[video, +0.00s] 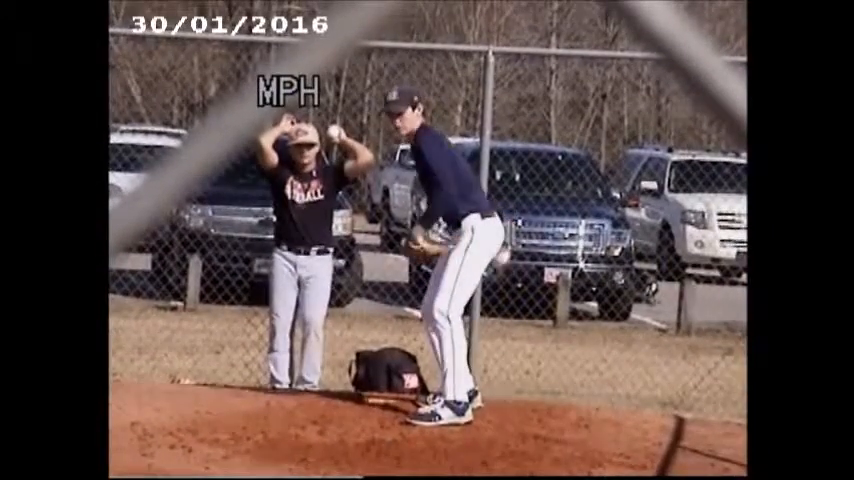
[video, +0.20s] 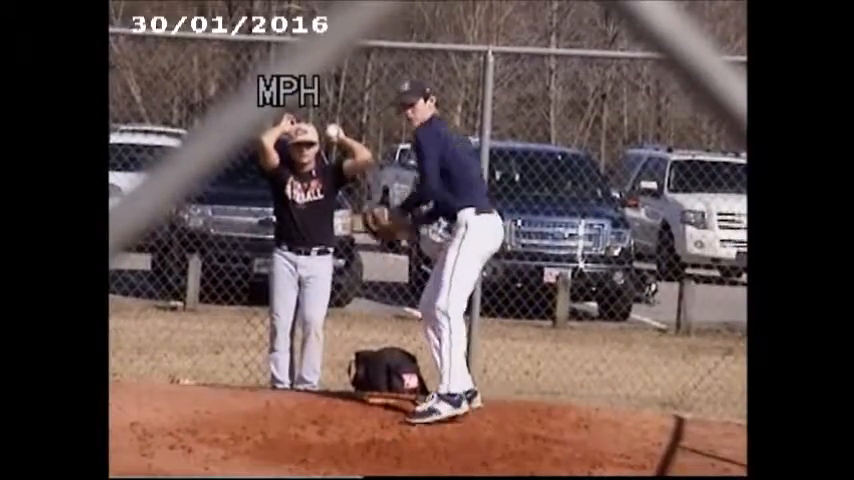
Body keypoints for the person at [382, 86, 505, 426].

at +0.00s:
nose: (395, 121)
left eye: (400, 114)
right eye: (392, 116)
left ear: (418, 110)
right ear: (392, 118)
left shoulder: (427, 140)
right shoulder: (420, 143)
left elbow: (446, 191)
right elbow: (445, 194)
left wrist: (422, 226)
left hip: (479, 226)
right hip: (464, 228)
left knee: (445, 311)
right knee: (431, 311)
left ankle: (457, 400)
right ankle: (461, 388)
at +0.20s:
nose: (407, 112)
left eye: (412, 105)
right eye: (404, 107)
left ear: (430, 103)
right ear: (407, 108)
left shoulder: (428, 133)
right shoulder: (440, 134)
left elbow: (429, 187)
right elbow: (447, 204)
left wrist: (399, 213)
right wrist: (410, 224)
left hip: (476, 222)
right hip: (473, 222)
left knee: (446, 308)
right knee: (430, 308)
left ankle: (452, 393)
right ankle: (461, 387)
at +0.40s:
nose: (416, 102)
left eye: (421, 95)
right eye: (414, 97)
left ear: (442, 92)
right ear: (437, 96)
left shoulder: (433, 122)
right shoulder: (450, 120)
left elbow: (409, 172)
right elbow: (424, 167)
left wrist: (386, 158)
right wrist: (393, 153)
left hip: (473, 217)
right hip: (482, 216)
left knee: (439, 302)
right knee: (439, 302)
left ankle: (456, 389)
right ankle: (460, 386)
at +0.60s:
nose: (424, 94)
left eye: (429, 88)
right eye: (421, 89)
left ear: (447, 87)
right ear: (425, 89)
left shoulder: (435, 116)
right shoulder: (456, 116)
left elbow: (396, 154)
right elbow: (418, 134)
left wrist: (382, 117)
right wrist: (401, 106)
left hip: (467, 216)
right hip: (480, 214)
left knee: (438, 305)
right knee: (441, 304)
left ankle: (455, 393)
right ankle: (462, 388)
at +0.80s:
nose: (418, 96)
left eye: (424, 89)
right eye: (416, 90)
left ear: (444, 88)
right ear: (438, 90)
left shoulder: (435, 120)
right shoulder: (457, 116)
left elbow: (389, 149)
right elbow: (424, 121)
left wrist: (388, 110)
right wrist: (406, 101)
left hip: (465, 218)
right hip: (479, 216)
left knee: (438, 308)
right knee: (446, 307)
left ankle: (454, 394)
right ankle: (463, 389)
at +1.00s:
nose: (417, 104)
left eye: (420, 97)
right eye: (415, 98)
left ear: (439, 91)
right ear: (435, 95)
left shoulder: (435, 123)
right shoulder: (457, 116)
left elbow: (393, 156)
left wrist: (391, 114)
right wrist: (403, 106)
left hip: (466, 219)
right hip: (478, 215)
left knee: (439, 308)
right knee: (445, 307)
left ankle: (454, 394)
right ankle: (462, 389)